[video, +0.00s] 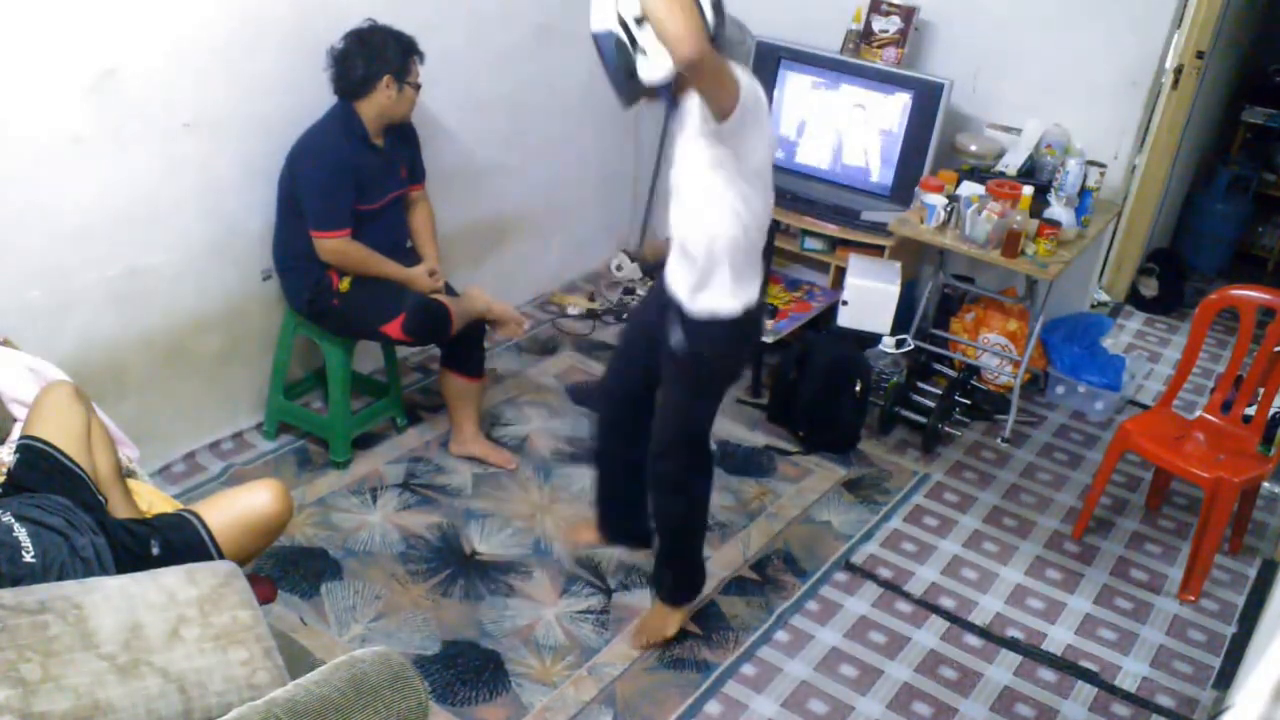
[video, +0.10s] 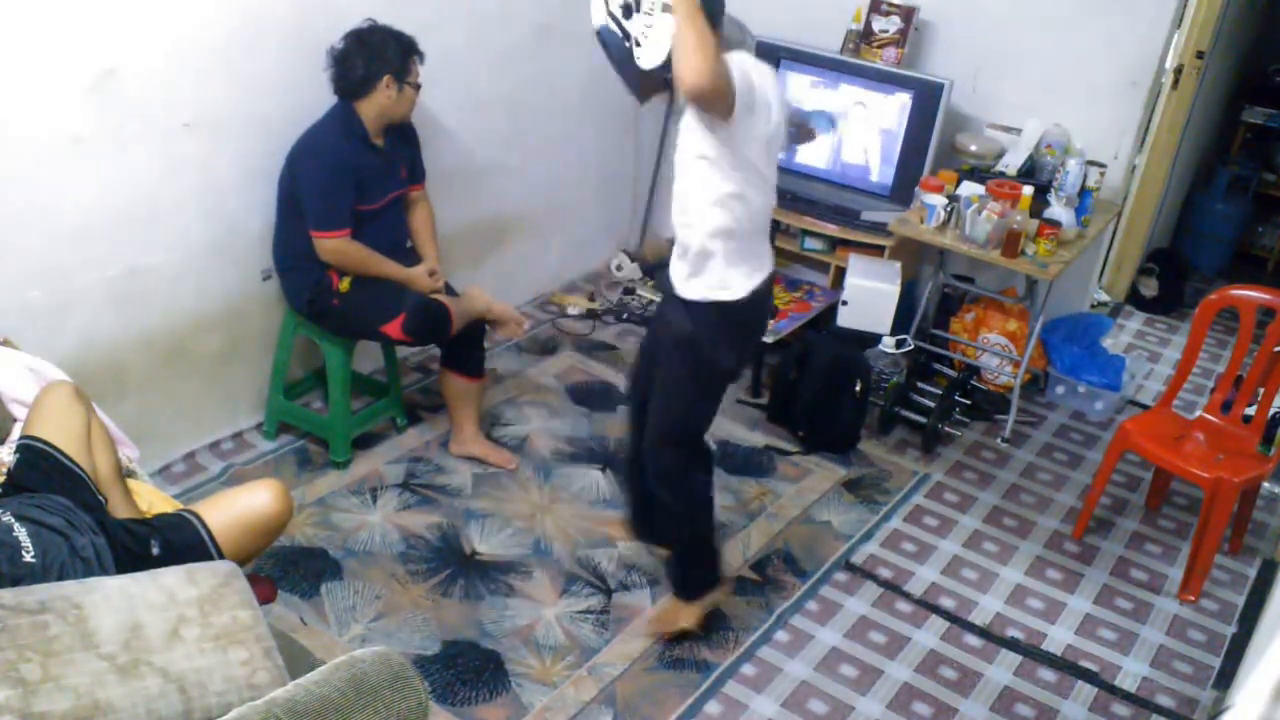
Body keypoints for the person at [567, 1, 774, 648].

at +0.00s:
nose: (664, 67)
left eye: (674, 53)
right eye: (658, 58)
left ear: (704, 53)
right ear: (669, 63)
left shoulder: (741, 107)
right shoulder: (693, 107)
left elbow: (693, 52)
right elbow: (704, 209)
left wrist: (652, 5)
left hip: (718, 318)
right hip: (671, 294)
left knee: (678, 447)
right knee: (620, 401)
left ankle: (679, 592)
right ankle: (623, 526)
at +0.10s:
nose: (665, 45)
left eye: (672, 32)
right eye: (665, 34)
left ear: (701, 24)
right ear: (713, 25)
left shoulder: (749, 76)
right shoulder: (722, 74)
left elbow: (698, 83)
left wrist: (684, 6)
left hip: (724, 300)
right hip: (691, 285)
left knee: (670, 438)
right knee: (644, 401)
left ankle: (698, 588)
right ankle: (650, 522)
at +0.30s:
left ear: (699, 90)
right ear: (759, 85)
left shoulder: (707, 150)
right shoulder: (792, 153)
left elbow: (656, 57)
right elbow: (902, 128)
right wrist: (941, 35)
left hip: (698, 364)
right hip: (745, 355)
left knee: (699, 507)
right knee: (707, 479)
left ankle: (738, 630)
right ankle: (724, 587)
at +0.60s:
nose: (727, 60)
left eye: (732, 48)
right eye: (736, 46)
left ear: (737, 57)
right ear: (798, 61)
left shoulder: (740, 137)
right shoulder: (829, 133)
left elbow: (595, 97)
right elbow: (947, 125)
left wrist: (514, 16)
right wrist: (920, 28)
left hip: (744, 350)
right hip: (712, 327)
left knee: (721, 522)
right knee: (639, 410)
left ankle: (769, 671)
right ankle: (630, 516)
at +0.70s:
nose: (711, 110)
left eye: (722, 100)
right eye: (713, 96)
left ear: (753, 110)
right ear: (797, 98)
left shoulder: (774, 188)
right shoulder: (816, 152)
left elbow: (636, 203)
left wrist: (526, 141)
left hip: (749, 373)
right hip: (704, 352)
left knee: (728, 538)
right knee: (641, 441)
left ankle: (775, 679)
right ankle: (652, 533)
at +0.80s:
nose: (713, 79)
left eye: (736, 74)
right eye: (718, 64)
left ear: (776, 95)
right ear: (718, 63)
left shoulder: (782, 187)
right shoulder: (714, 138)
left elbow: (718, 287)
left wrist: (641, 324)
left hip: (740, 352)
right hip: (679, 333)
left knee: (752, 509)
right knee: (646, 446)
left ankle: (763, 663)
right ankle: (661, 545)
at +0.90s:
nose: (725, 104)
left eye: (745, 99)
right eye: (724, 83)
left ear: (779, 103)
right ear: (719, 58)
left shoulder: (784, 172)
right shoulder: (697, 62)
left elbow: (735, 306)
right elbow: (658, 7)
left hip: (724, 323)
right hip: (657, 303)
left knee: (738, 474)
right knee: (638, 438)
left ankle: (755, 649)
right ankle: (654, 551)